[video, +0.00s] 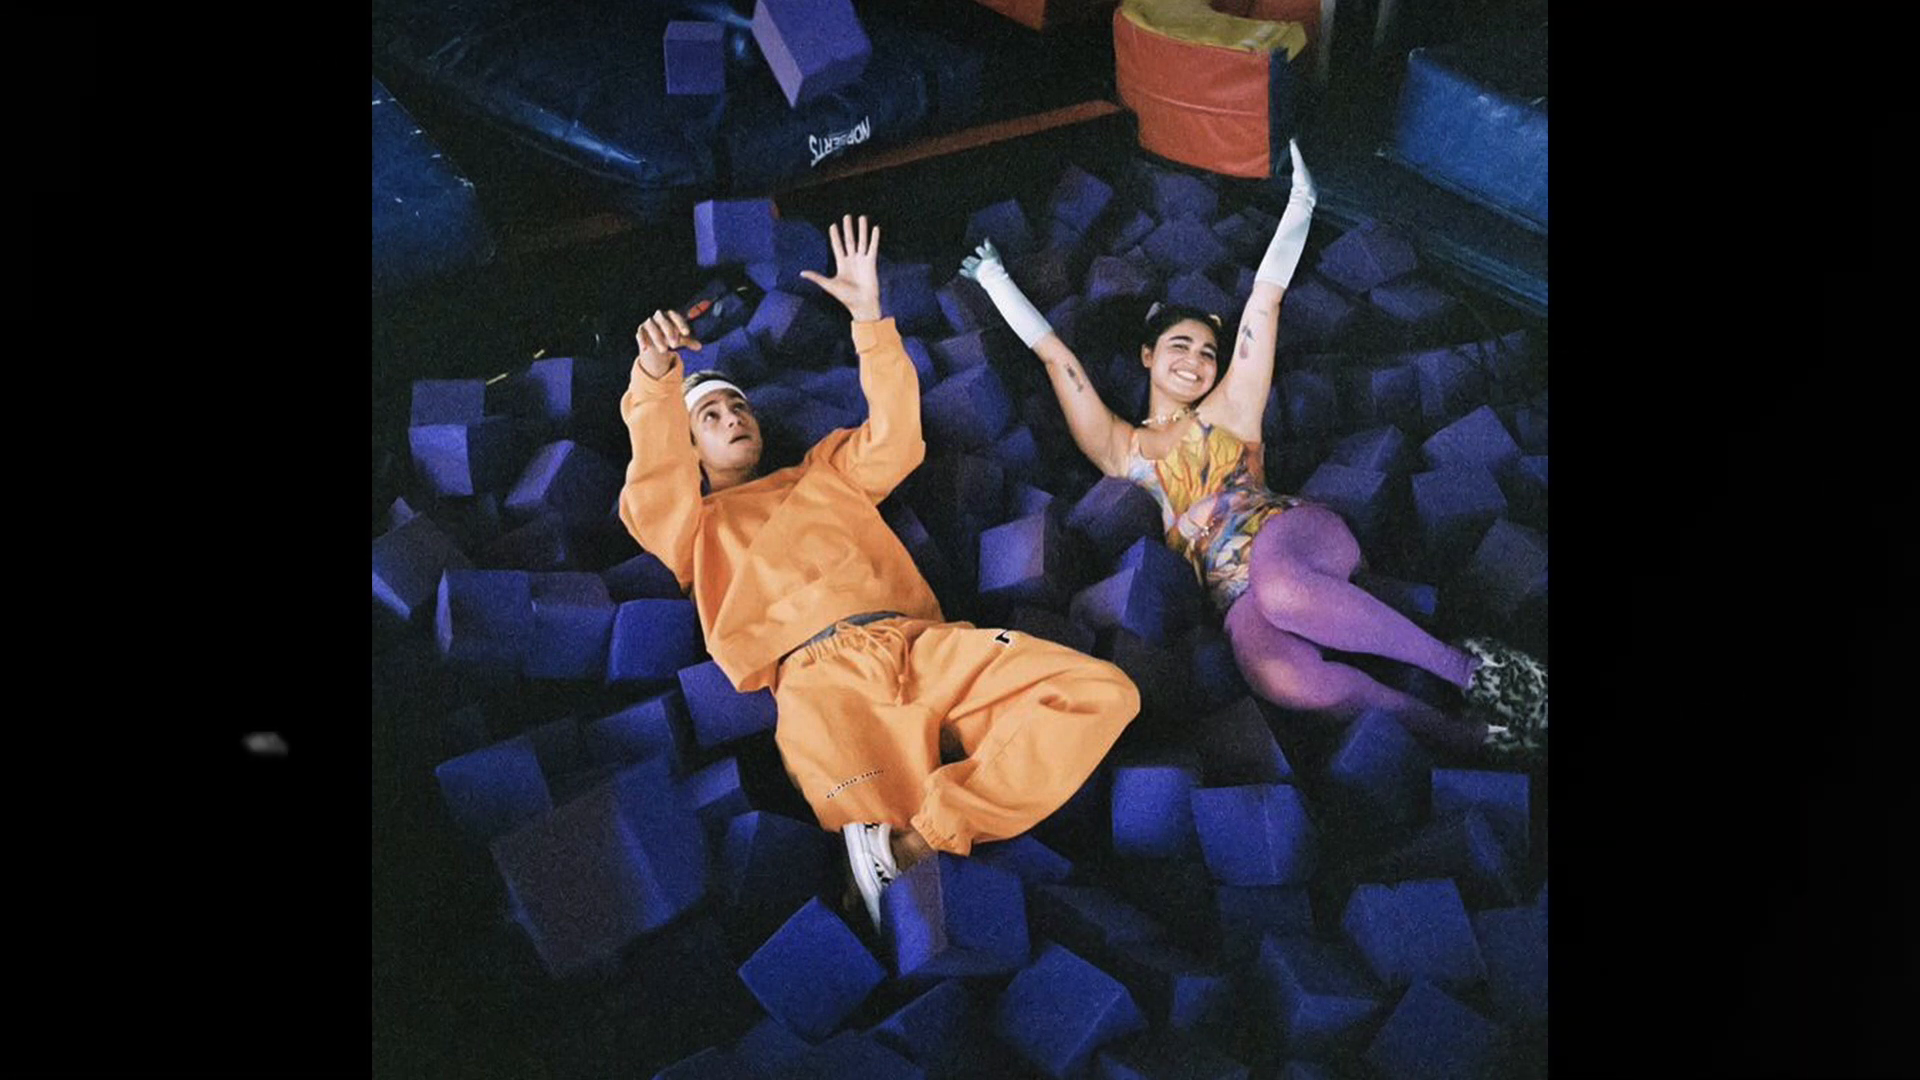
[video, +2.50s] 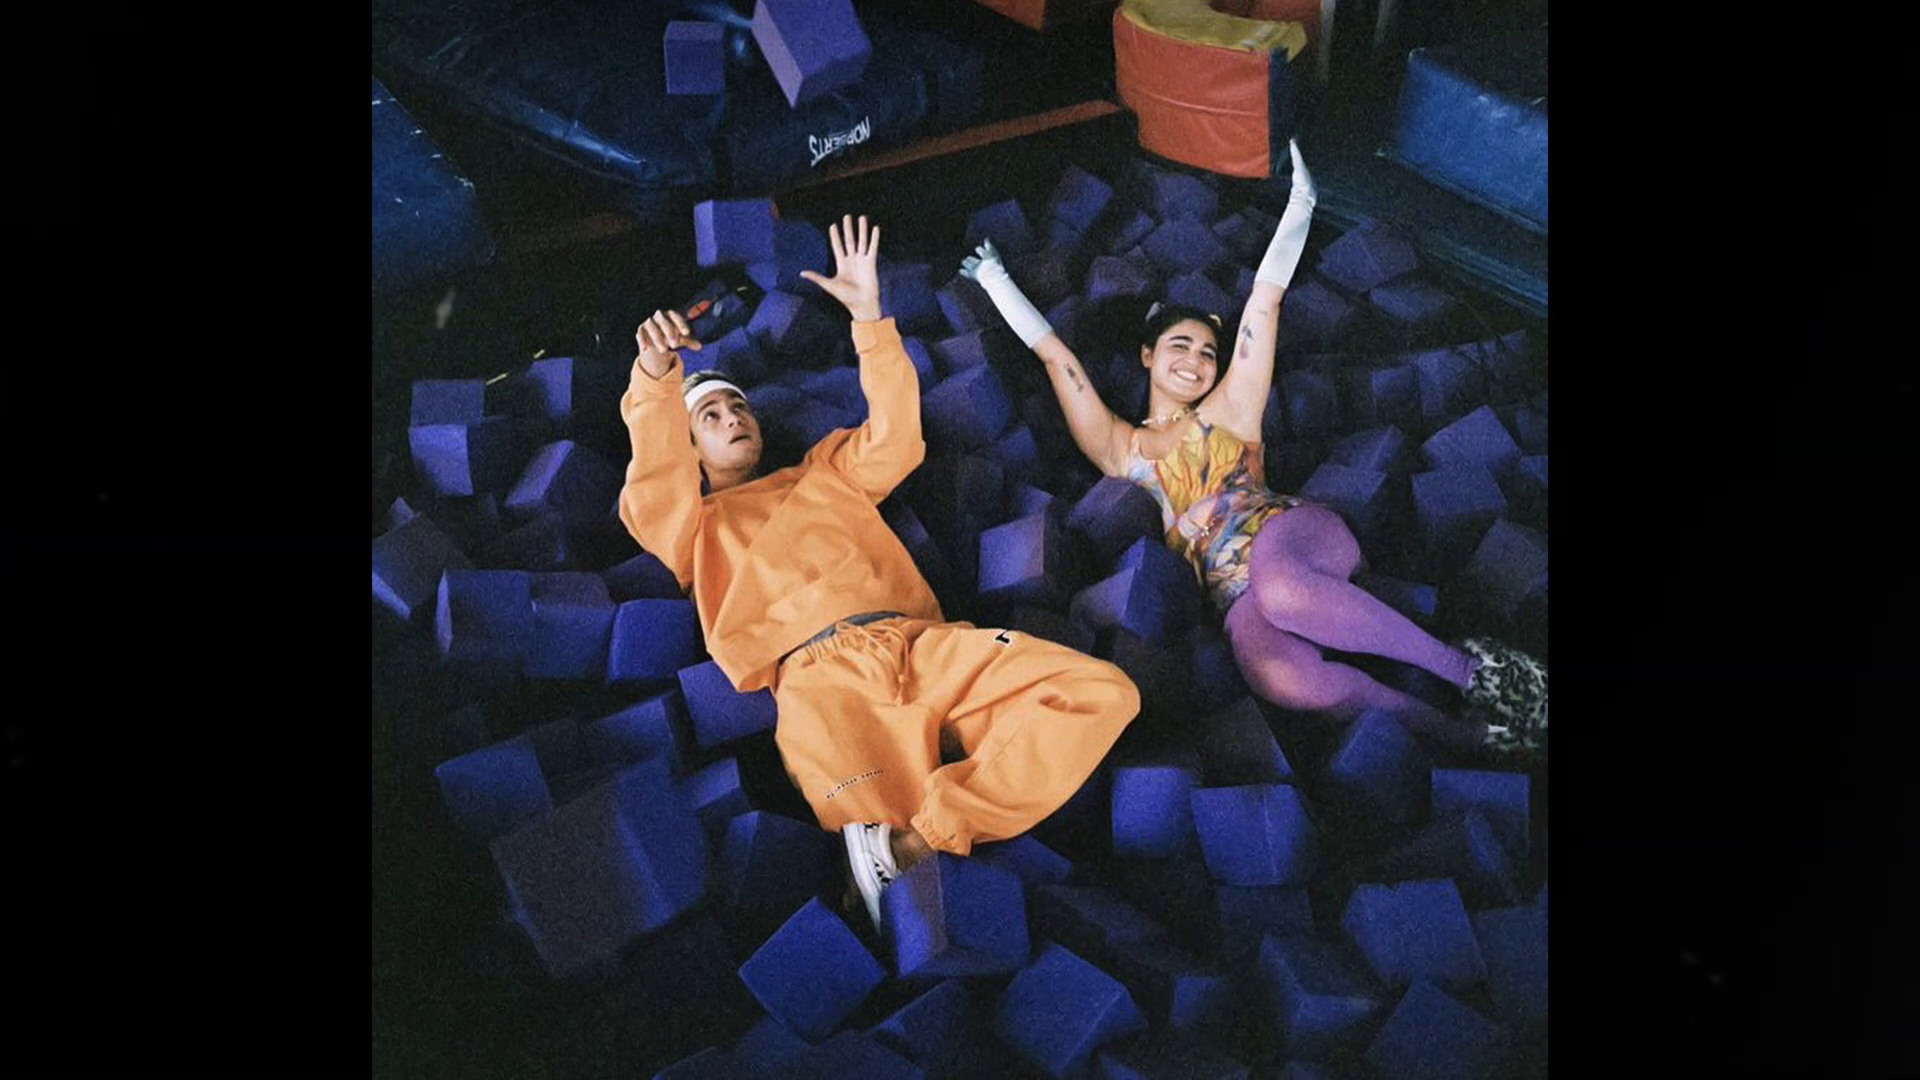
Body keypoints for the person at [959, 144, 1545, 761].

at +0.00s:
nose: (1191, 360)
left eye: (1205, 354)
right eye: (1176, 346)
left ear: (1216, 371)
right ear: (1145, 357)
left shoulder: (1230, 411)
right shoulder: (1122, 448)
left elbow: (1263, 306)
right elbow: (1057, 359)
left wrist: (1298, 210)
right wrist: (992, 278)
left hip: (1288, 531)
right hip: (1238, 596)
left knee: (1280, 593)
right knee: (1285, 679)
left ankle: (1472, 671)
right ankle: (1464, 734)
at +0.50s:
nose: (1191, 360)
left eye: (1205, 354)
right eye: (1177, 346)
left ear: (1217, 370)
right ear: (1145, 357)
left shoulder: (1230, 411)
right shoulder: (1122, 448)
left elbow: (1264, 305)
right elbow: (1058, 359)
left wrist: (1298, 209)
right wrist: (992, 278)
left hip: (1288, 531)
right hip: (1238, 596)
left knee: (1280, 593)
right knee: (1287, 680)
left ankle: (1472, 671)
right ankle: (1462, 733)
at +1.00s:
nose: (1190, 359)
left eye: (1204, 353)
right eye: (1176, 346)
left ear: (1216, 370)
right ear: (1145, 358)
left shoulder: (1230, 411)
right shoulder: (1122, 449)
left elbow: (1264, 304)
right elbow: (1057, 359)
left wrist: (1299, 209)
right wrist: (992, 277)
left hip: (1288, 531)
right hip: (1238, 596)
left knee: (1280, 593)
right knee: (1285, 680)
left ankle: (1472, 671)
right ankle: (1450, 723)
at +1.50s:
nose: (1191, 360)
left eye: (1205, 353)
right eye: (1176, 346)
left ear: (1217, 370)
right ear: (1145, 358)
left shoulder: (1230, 411)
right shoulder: (1123, 448)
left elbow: (1264, 304)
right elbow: (1057, 359)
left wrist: (1298, 209)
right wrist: (992, 277)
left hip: (1290, 532)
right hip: (1239, 598)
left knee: (1278, 592)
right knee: (1285, 679)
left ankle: (1471, 670)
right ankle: (1459, 731)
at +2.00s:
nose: (1191, 360)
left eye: (1204, 353)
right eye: (1176, 346)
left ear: (1216, 370)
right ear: (1145, 358)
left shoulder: (1230, 411)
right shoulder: (1122, 448)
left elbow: (1264, 304)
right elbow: (1057, 359)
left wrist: (1298, 209)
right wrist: (992, 277)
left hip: (1289, 531)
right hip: (1239, 597)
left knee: (1278, 593)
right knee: (1285, 680)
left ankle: (1471, 670)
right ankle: (1461, 732)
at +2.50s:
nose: (1190, 359)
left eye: (1204, 353)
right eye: (1176, 346)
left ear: (1216, 370)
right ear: (1145, 358)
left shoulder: (1230, 411)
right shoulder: (1122, 449)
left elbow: (1264, 304)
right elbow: (1057, 359)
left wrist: (1299, 209)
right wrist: (992, 277)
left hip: (1288, 531)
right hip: (1238, 596)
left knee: (1279, 593)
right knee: (1286, 680)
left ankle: (1471, 671)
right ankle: (1462, 733)